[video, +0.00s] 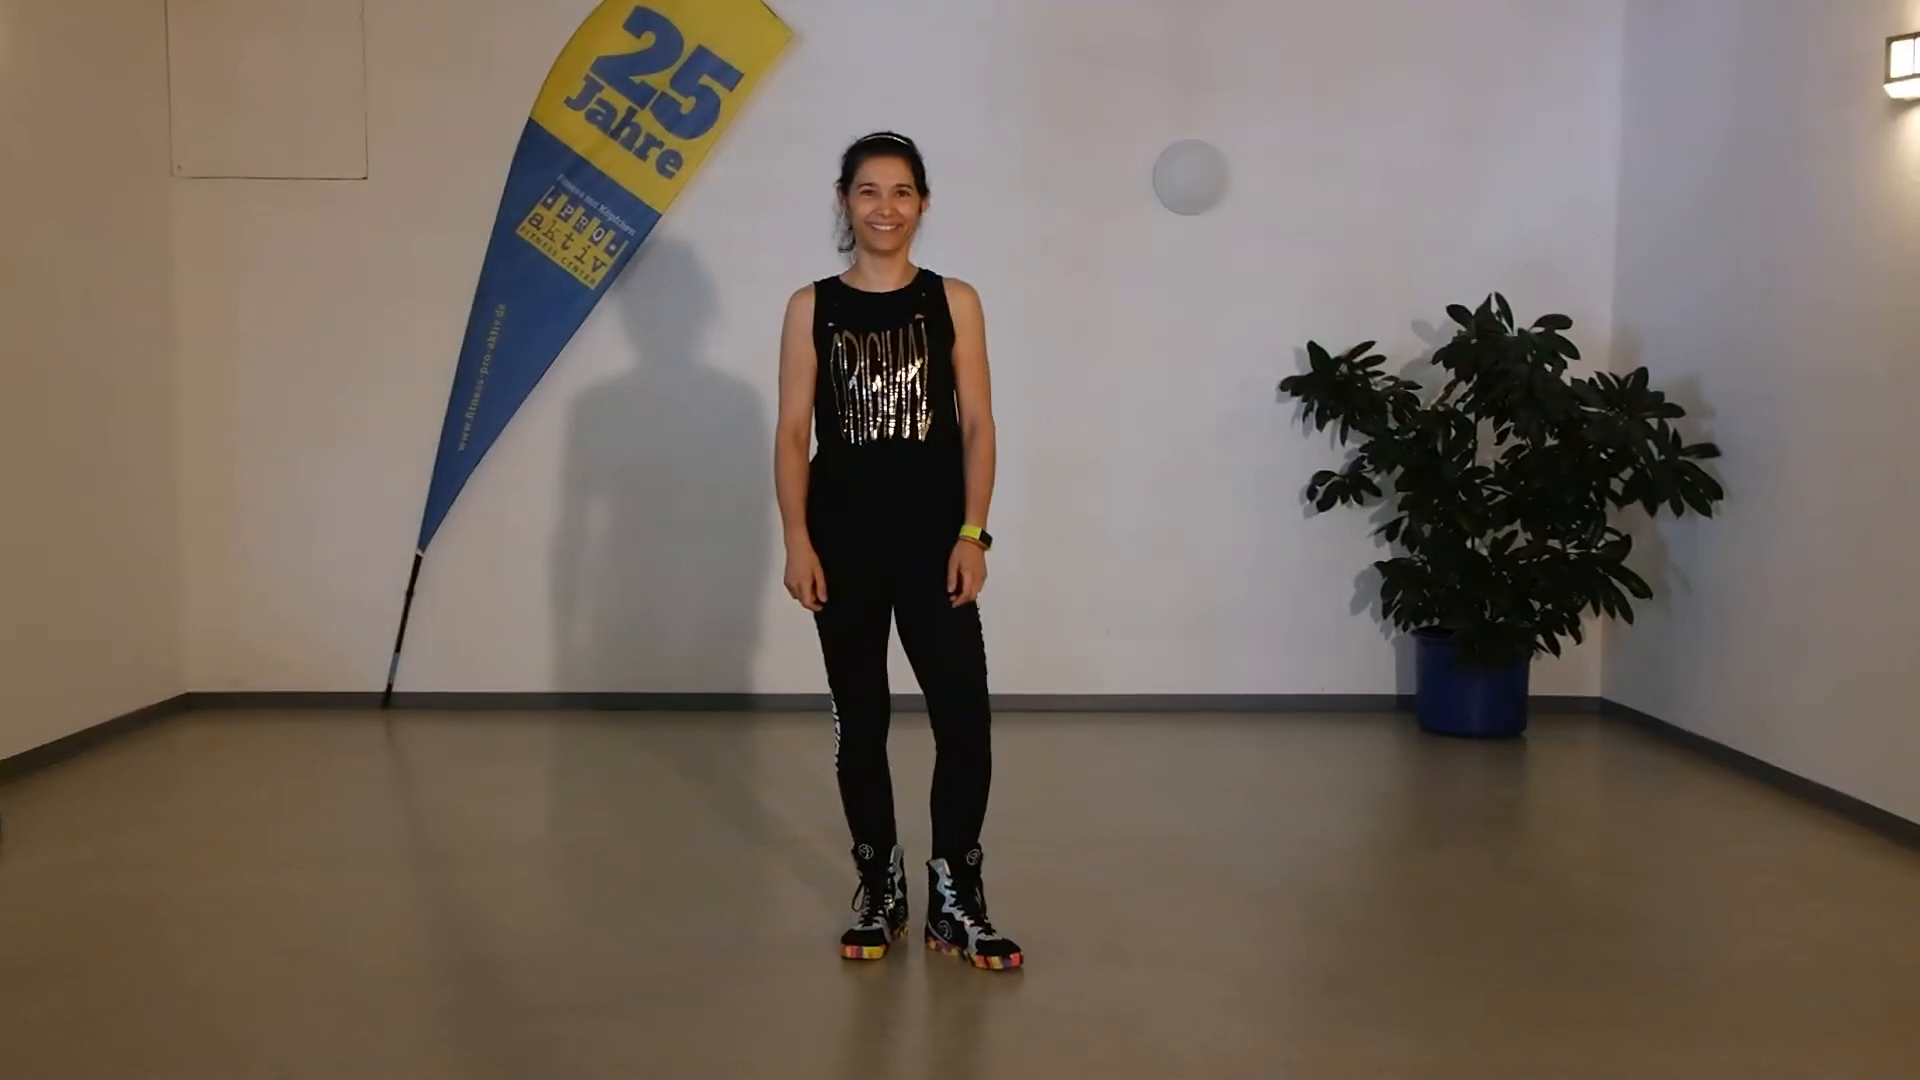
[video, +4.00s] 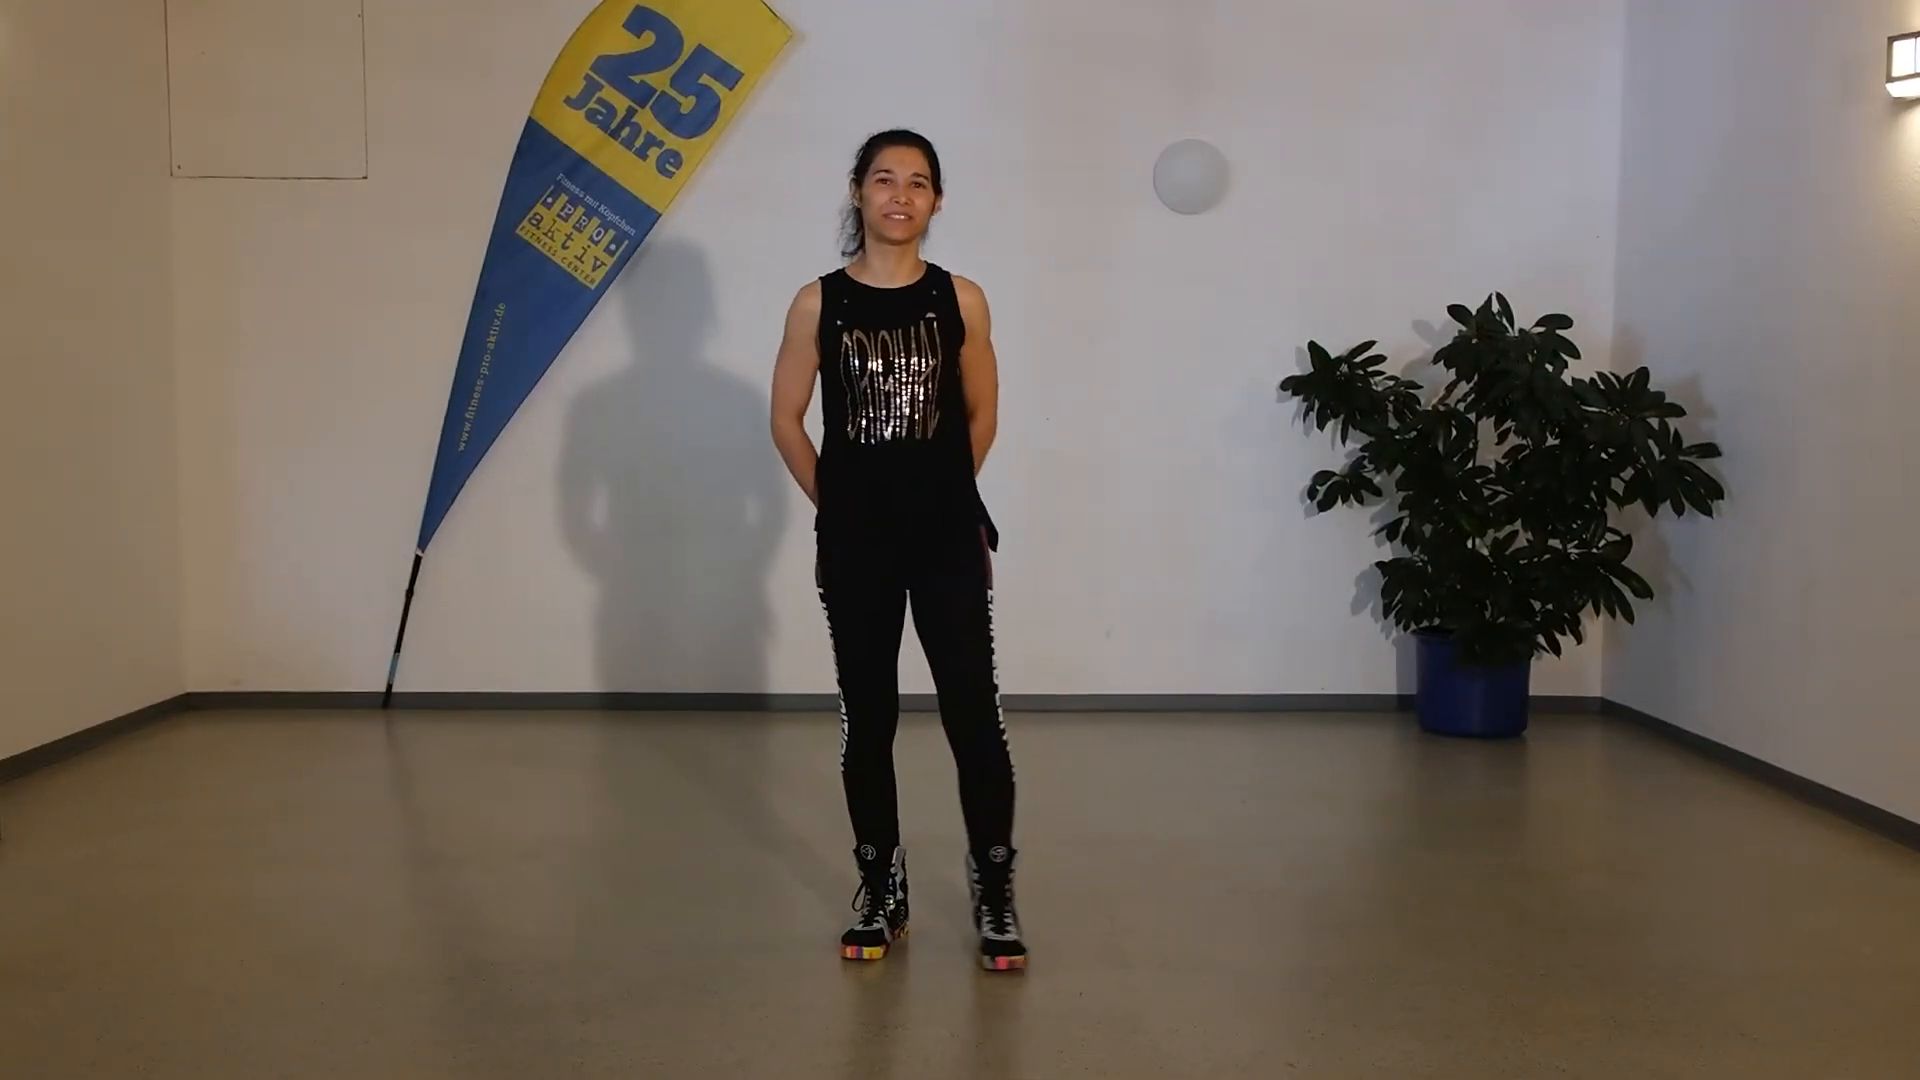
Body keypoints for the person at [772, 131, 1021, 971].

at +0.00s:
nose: (886, 205)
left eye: (901, 192)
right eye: (869, 191)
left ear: (922, 205)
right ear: (845, 204)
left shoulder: (955, 302)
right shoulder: (810, 307)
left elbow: (978, 425)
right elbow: (793, 434)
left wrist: (975, 531)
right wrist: (797, 540)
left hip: (933, 542)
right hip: (842, 543)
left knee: (965, 721)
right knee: (861, 722)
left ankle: (956, 896)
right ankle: (879, 891)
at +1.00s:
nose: (874, 201)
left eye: (888, 187)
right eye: (857, 188)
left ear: (909, 202)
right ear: (832, 203)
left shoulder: (944, 304)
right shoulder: (802, 311)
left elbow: (968, 428)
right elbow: (787, 441)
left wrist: (970, 529)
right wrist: (795, 547)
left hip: (931, 539)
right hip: (840, 543)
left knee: (964, 717)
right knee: (860, 719)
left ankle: (954, 900)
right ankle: (878, 891)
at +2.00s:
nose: (879, 202)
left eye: (895, 189)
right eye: (863, 188)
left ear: (915, 205)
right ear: (839, 202)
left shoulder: (941, 296)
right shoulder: (804, 306)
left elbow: (1009, 340)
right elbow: (782, 430)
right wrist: (781, 537)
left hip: (926, 544)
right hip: (835, 545)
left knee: (960, 716)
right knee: (857, 722)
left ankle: (954, 900)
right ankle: (877, 889)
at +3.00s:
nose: (895, 197)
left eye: (912, 189)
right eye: (880, 183)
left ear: (928, 211)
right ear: (853, 197)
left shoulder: (947, 301)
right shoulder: (810, 303)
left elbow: (1029, 377)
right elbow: (786, 426)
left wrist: (1012, 282)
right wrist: (795, 529)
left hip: (929, 540)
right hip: (838, 541)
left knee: (964, 715)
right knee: (858, 721)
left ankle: (951, 897)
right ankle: (877, 888)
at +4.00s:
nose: (901, 194)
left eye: (917, 184)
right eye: (884, 180)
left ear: (934, 203)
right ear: (857, 196)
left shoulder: (962, 300)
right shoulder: (818, 302)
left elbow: (983, 418)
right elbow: (786, 420)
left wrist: (947, 491)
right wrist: (832, 502)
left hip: (945, 529)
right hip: (856, 530)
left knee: (972, 712)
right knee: (868, 718)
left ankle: (995, 896)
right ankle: (879, 888)